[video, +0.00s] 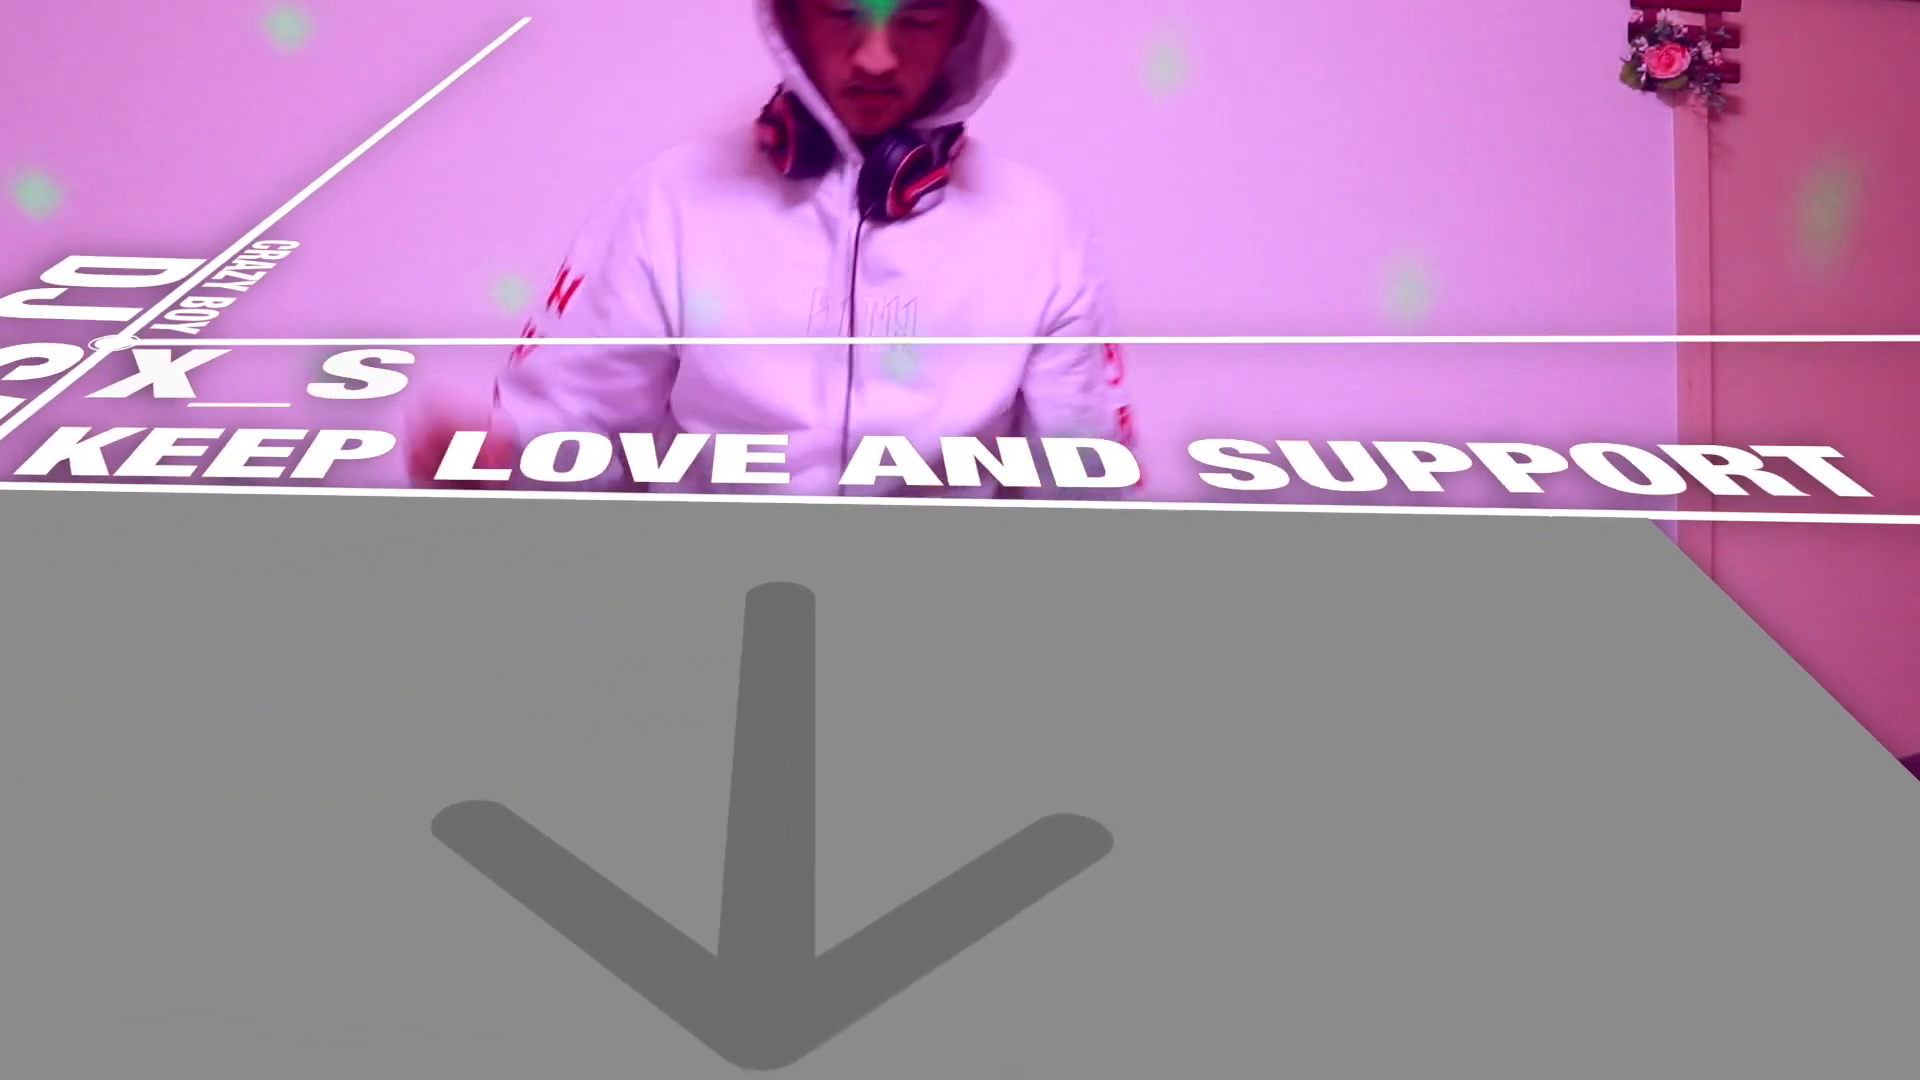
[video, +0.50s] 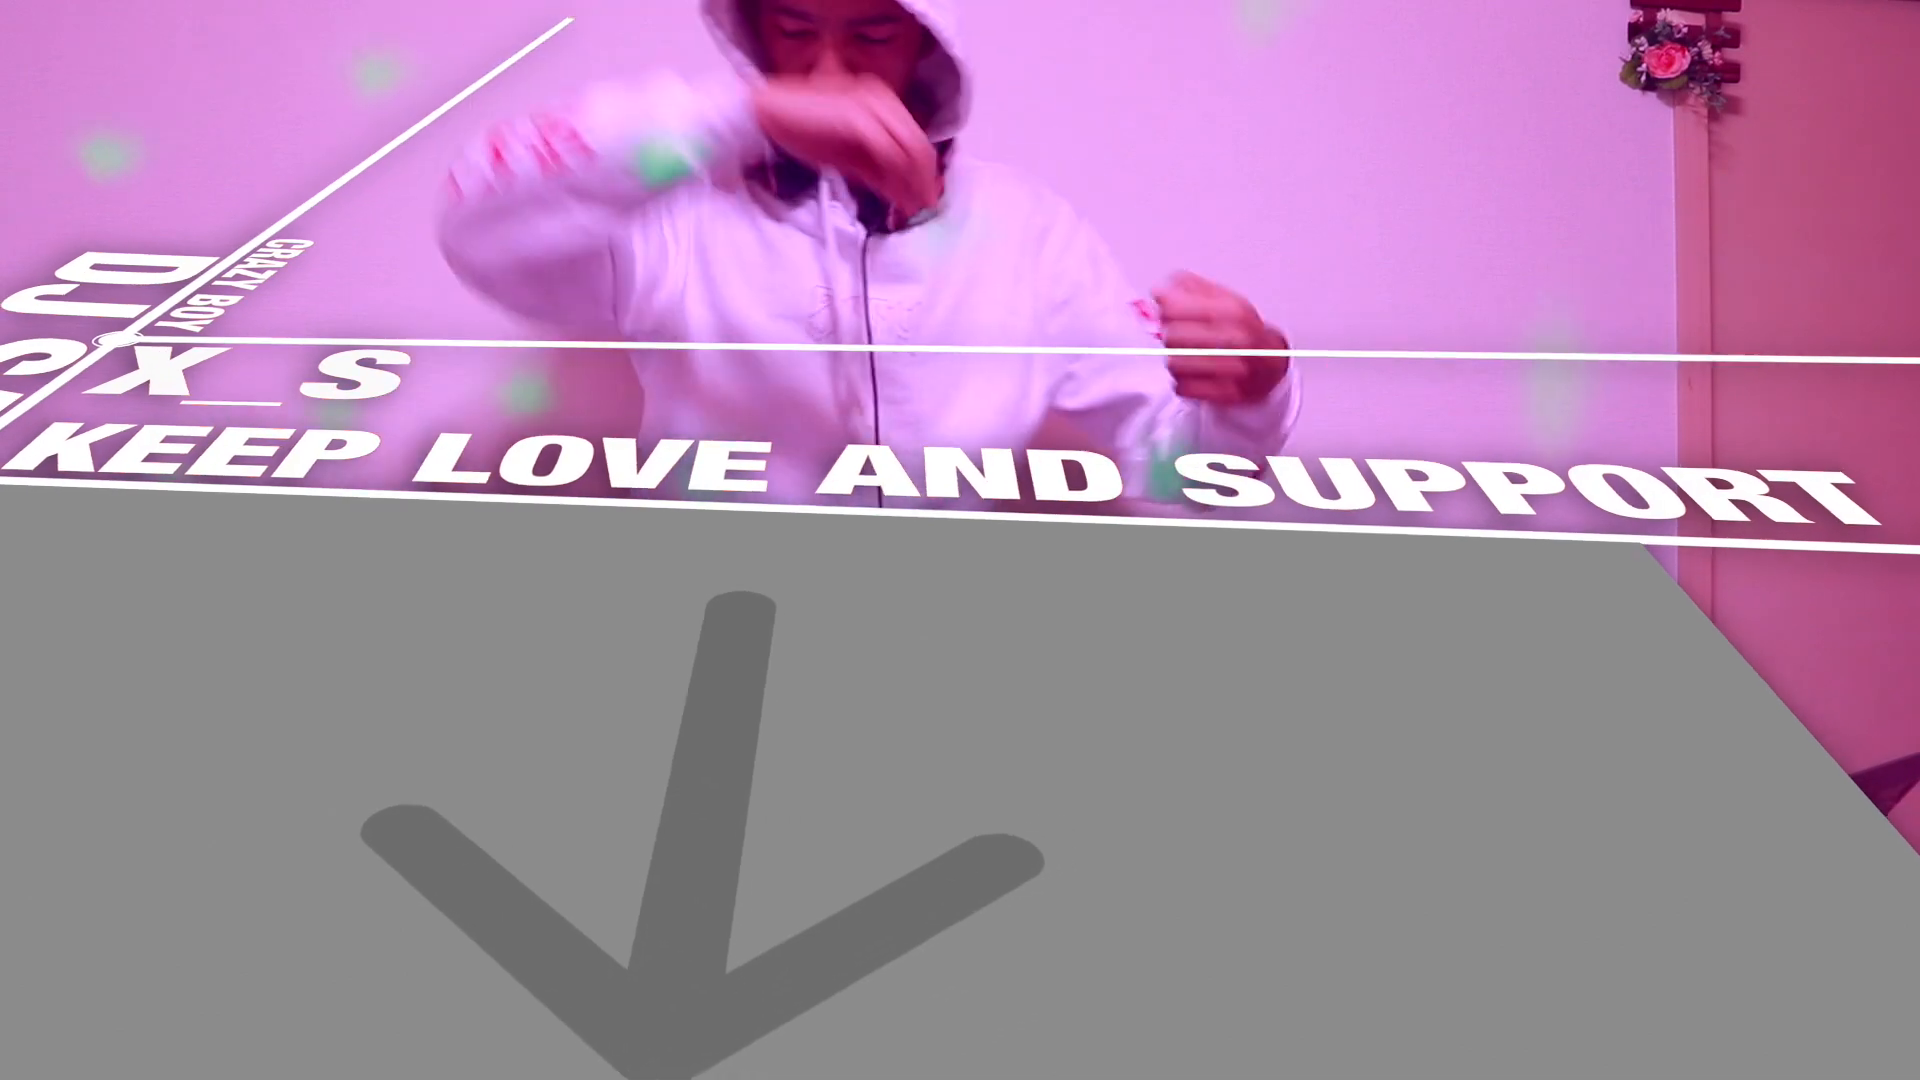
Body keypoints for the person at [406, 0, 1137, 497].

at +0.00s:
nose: (875, 57)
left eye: (914, 20)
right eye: (844, 14)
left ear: (962, 28)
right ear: (788, 18)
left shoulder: (1032, 225)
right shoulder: (671, 203)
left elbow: (1098, 480)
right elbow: (549, 437)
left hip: (952, 595)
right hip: (714, 587)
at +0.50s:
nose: (830, 73)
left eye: (867, 38)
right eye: (797, 37)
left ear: (922, 45)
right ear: (751, 43)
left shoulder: (1025, 228)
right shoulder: (674, 219)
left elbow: (1164, 473)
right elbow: (478, 231)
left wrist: (1248, 407)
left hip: (983, 618)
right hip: (735, 611)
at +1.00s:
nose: (627, 42)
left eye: (659, 7)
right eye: (592, 6)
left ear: (698, 12)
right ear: (531, 7)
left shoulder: (774, 183)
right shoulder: (427, 200)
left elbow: (863, 417)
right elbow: (411, 458)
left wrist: (1013, 296)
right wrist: (680, 479)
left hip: (744, 590)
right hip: (516, 595)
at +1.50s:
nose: (676, 14)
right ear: (589, 3)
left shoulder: (853, 190)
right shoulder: (476, 191)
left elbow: (967, 424)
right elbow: (375, 421)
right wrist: (491, 390)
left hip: (768, 601)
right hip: (517, 593)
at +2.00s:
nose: (887, 49)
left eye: (926, 15)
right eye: (854, 11)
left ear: (971, 29)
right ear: (809, 20)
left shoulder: (1043, 249)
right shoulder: (693, 216)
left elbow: (1138, 488)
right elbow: (597, 447)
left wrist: (1052, 590)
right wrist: (742, 506)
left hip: (947, 798)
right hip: (714, 788)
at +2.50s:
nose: (721, 13)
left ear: (812, 2)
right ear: (645, 9)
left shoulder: (917, 210)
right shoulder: (561, 208)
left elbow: (973, 488)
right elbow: (486, 439)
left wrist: (886, 694)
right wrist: (558, 539)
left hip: (857, 785)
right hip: (620, 782)